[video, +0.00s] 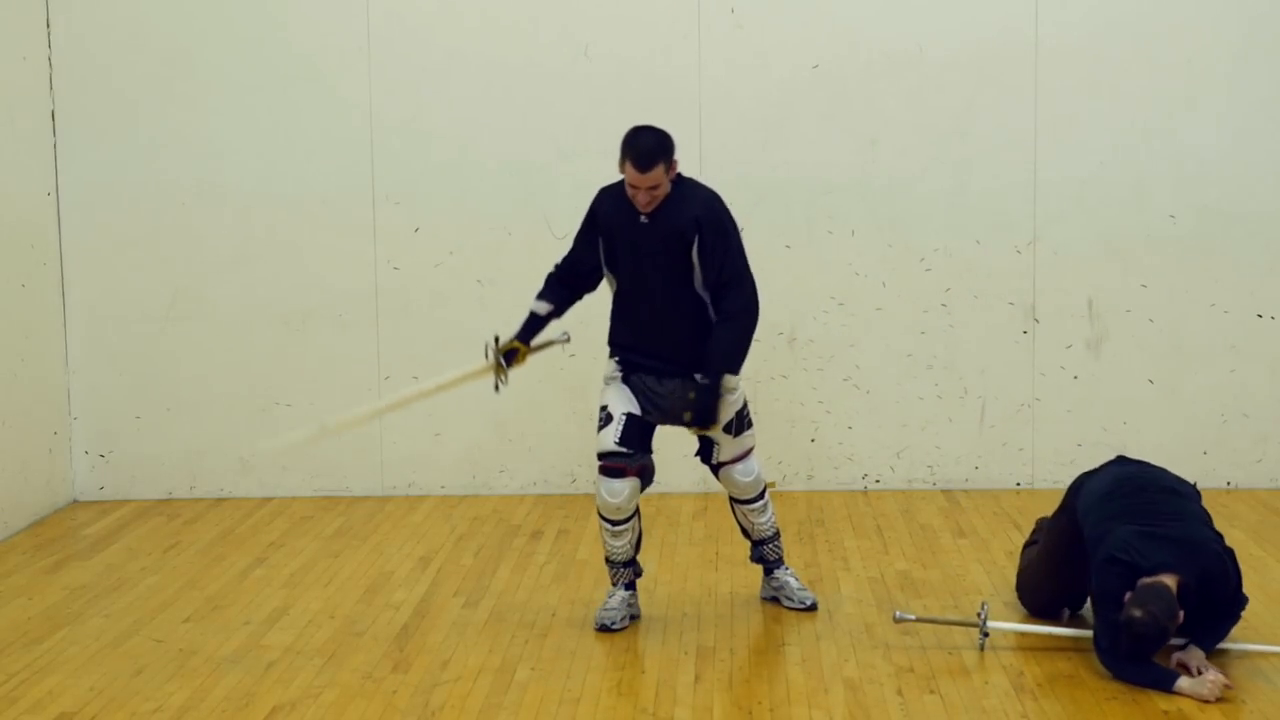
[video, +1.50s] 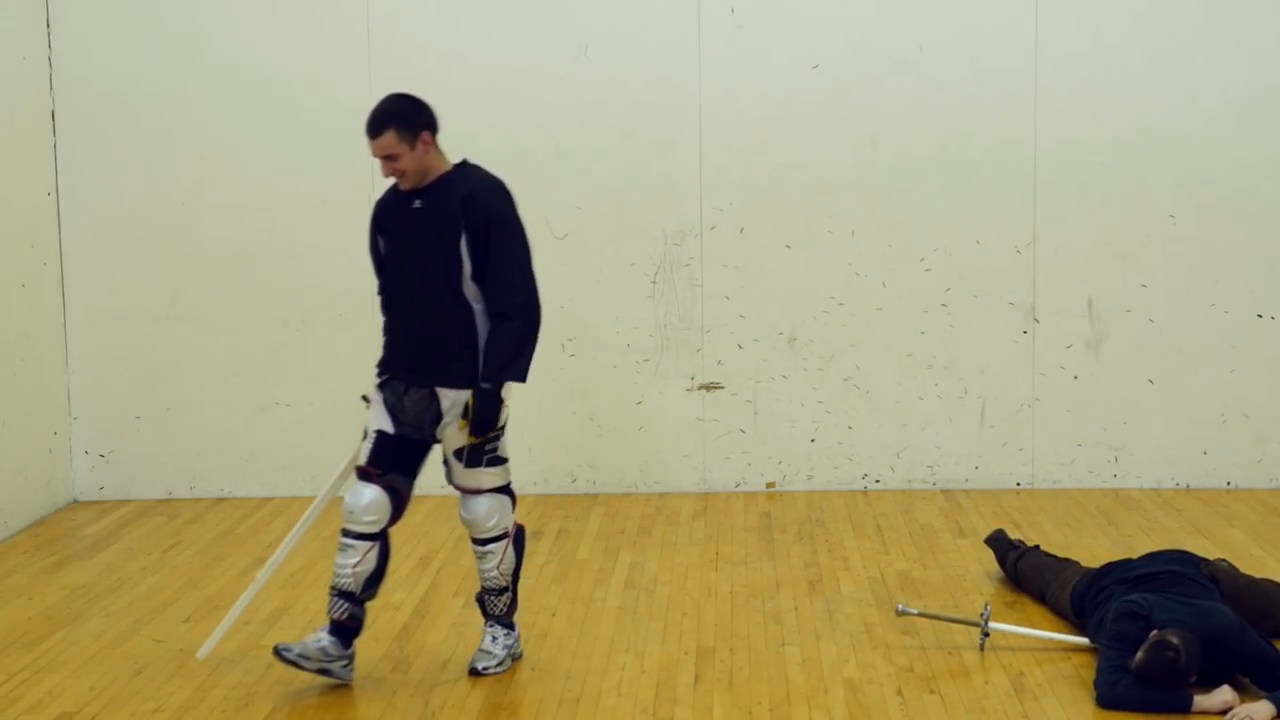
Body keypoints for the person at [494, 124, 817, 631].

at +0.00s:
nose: (642, 197)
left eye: (653, 187)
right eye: (633, 186)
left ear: (673, 170)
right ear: (620, 172)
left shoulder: (704, 210)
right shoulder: (609, 207)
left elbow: (740, 300)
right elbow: (575, 272)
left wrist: (715, 380)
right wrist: (525, 334)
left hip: (706, 368)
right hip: (633, 366)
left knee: (743, 474)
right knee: (614, 476)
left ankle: (775, 572)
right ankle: (623, 589)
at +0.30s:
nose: (574, 176)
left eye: (584, 166)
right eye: (565, 166)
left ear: (608, 149)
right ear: (556, 156)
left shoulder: (648, 184)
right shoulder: (551, 208)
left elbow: (715, 243)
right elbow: (542, 296)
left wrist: (754, 310)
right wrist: (537, 372)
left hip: (664, 357)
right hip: (591, 363)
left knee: (701, 471)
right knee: (604, 480)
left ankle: (736, 568)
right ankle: (620, 588)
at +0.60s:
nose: (536, 166)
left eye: (545, 155)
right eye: (529, 156)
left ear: (574, 140)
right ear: (522, 148)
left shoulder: (621, 180)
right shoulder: (523, 201)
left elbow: (678, 246)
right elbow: (512, 287)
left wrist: (709, 318)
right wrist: (519, 360)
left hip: (619, 353)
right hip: (556, 358)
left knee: (593, 478)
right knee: (586, 477)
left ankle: (583, 603)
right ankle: (617, 586)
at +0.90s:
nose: (504, 168)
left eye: (513, 156)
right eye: (497, 158)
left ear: (543, 143)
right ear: (492, 151)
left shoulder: (583, 197)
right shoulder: (491, 205)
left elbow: (619, 290)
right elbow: (481, 291)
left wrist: (606, 376)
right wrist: (481, 361)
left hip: (562, 368)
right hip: (509, 368)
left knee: (523, 493)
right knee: (560, 488)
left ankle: (503, 626)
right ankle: (615, 581)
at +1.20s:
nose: (454, 162)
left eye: (462, 151)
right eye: (448, 152)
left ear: (495, 137)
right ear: (444, 146)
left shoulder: (538, 195)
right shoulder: (447, 198)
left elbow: (562, 300)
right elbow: (441, 289)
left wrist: (505, 369)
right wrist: (436, 362)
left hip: (510, 372)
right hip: (450, 368)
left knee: (504, 499)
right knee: (432, 491)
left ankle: (503, 624)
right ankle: (513, 584)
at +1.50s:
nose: (386, 171)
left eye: (392, 158)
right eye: (380, 161)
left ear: (425, 141)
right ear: (383, 153)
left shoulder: (482, 197)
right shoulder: (388, 210)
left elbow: (516, 300)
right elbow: (396, 305)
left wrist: (493, 387)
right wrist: (389, 374)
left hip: (471, 383)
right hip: (406, 381)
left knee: (485, 510)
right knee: (367, 505)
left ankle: (501, 631)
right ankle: (337, 642)